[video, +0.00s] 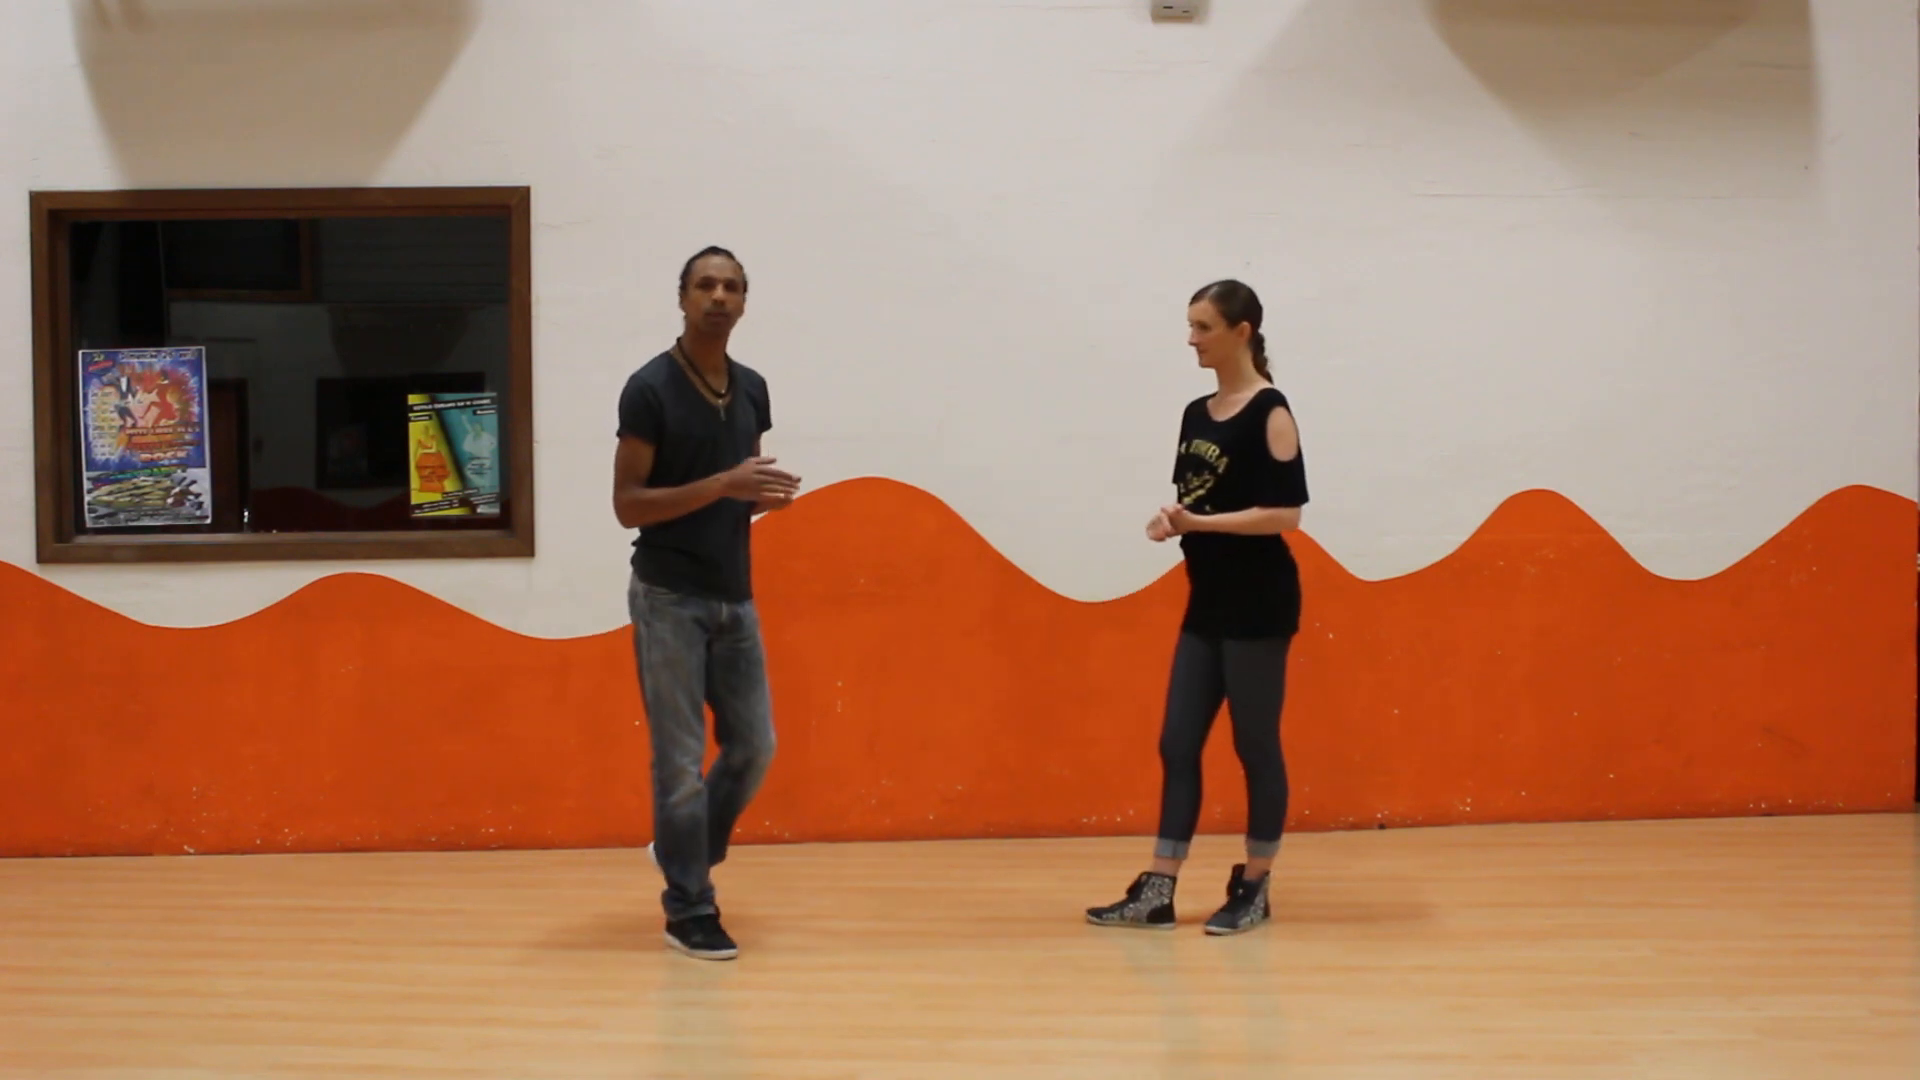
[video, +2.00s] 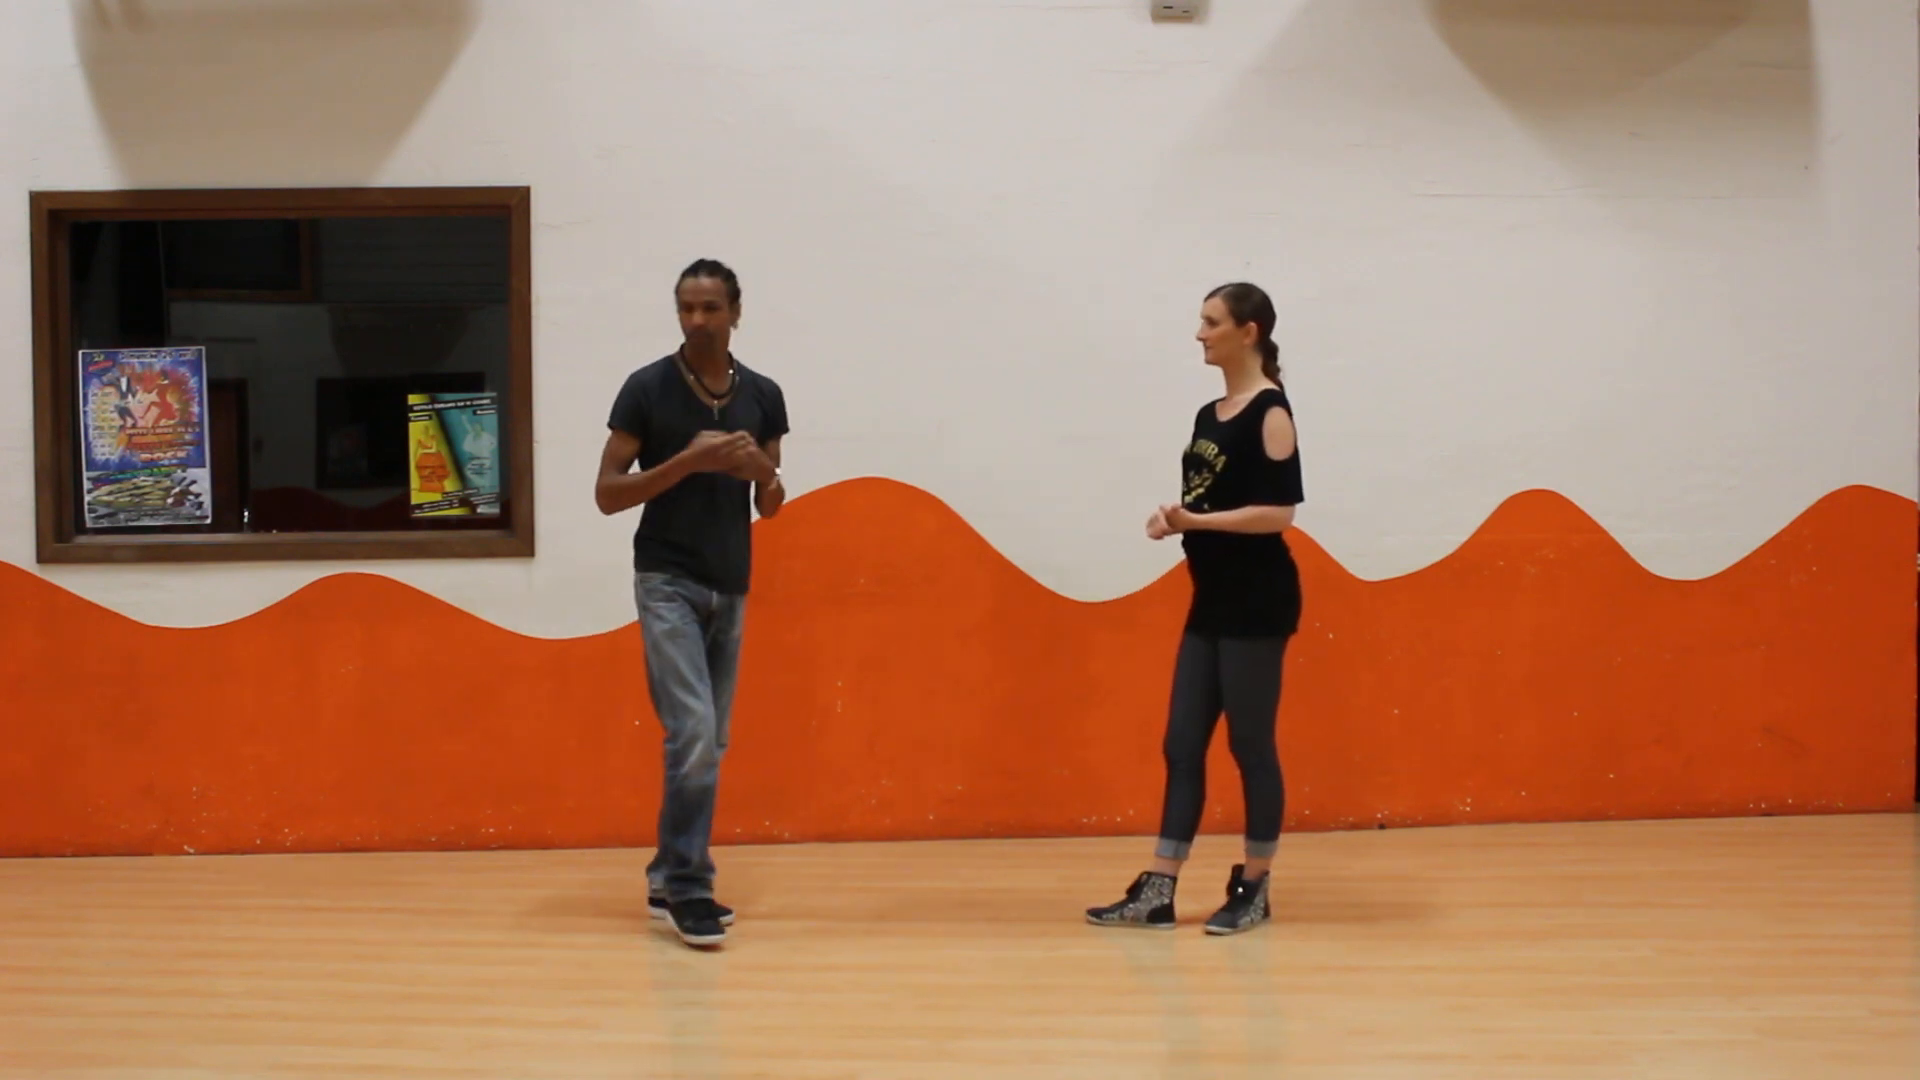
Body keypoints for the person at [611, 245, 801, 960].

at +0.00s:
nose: (720, 296)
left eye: (732, 287)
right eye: (707, 285)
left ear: (745, 303)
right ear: (681, 299)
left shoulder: (752, 391)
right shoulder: (650, 389)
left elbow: (732, 488)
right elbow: (627, 506)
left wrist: (766, 489)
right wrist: (725, 483)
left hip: (732, 596)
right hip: (667, 595)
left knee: (752, 745)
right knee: (682, 756)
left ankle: (689, 850)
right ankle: (690, 909)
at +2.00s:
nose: (697, 319)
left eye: (710, 307)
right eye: (688, 307)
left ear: (735, 314)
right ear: (675, 313)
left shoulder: (761, 396)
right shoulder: (647, 389)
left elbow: (771, 503)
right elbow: (608, 495)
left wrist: (761, 468)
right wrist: (690, 460)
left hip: (728, 584)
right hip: (667, 580)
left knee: (711, 737)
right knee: (693, 732)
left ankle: (672, 875)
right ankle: (689, 889)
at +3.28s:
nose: (781, 328)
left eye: (784, 315)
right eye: (773, 314)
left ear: (742, 313)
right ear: (730, 309)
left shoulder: (747, 384)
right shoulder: (673, 390)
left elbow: (723, 487)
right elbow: (660, 510)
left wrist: (761, 482)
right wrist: (744, 483)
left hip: (741, 592)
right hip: (683, 594)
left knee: (767, 742)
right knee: (692, 753)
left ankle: (779, 887)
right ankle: (694, 901)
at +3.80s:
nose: (833, 300)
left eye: (832, 290)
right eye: (820, 288)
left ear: (805, 303)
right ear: (776, 297)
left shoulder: (816, 392)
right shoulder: (727, 384)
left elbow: (802, 490)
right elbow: (704, 496)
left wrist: (829, 481)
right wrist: (793, 475)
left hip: (802, 591)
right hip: (743, 590)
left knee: (802, 747)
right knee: (733, 750)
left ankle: (800, 890)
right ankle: (697, 898)